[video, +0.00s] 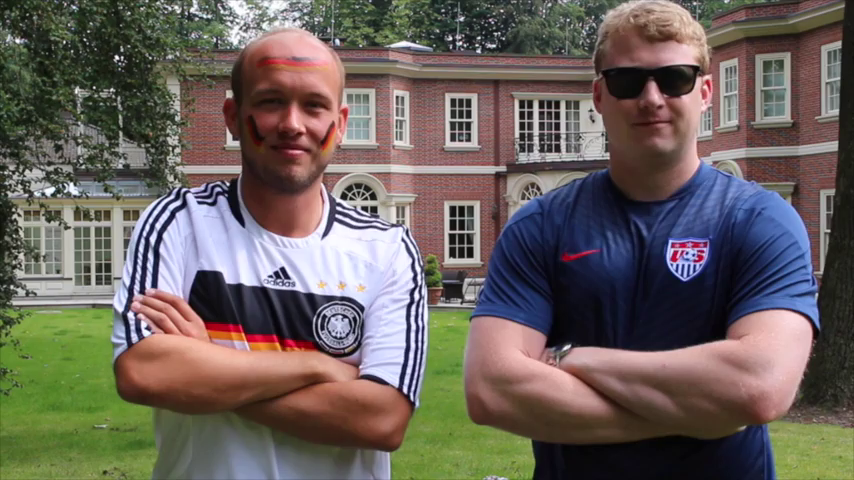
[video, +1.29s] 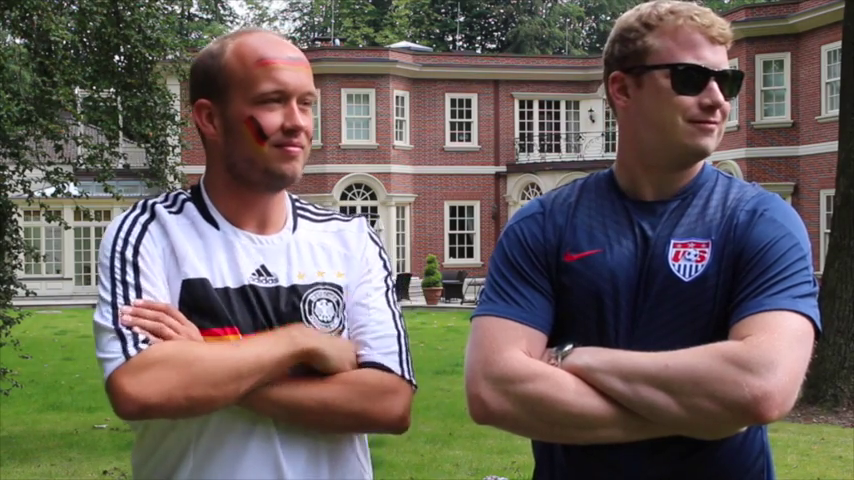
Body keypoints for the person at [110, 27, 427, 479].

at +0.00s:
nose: (293, 125)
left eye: (315, 105)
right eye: (271, 102)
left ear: (339, 124)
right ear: (233, 117)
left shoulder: (388, 249)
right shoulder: (175, 220)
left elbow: (384, 422)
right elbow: (139, 373)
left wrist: (211, 372)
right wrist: (318, 366)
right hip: (200, 473)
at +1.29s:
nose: (297, 122)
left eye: (306, 103)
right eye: (271, 101)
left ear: (314, 112)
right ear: (208, 119)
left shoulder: (350, 240)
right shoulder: (143, 232)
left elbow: (389, 404)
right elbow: (134, 389)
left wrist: (213, 370)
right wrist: (299, 340)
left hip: (332, 473)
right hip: (192, 473)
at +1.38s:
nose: (294, 115)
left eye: (301, 98)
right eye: (269, 95)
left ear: (309, 109)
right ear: (204, 117)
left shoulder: (348, 240)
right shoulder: (140, 232)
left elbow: (403, 406)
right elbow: (125, 388)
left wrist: (248, 361)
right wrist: (289, 304)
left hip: (330, 474)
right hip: (191, 472)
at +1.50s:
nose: (288, 122)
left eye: (295, 103)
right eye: (263, 100)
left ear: (304, 110)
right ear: (197, 119)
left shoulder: (339, 242)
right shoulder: (136, 239)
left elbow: (405, 411)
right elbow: (169, 407)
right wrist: (342, 322)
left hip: (323, 475)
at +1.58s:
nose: (284, 132)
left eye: (290, 111)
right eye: (259, 111)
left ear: (298, 119)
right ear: (191, 128)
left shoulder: (329, 243)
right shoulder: (141, 256)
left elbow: (366, 383)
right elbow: (230, 414)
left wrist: (386, 421)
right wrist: (412, 404)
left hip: (316, 470)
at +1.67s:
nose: (283, 150)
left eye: (287, 129)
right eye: (256, 131)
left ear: (295, 132)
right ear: (188, 152)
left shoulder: (316, 252)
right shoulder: (158, 284)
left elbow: (362, 403)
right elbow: (299, 425)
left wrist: (459, 458)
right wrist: (495, 458)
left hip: (318, 472)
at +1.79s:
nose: (291, 180)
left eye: (296, 158)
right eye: (265, 159)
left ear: (303, 161)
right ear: (196, 176)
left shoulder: (299, 268)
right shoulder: (163, 308)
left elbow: (348, 416)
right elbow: (304, 450)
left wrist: (447, 475)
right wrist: (517, 461)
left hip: (262, 466)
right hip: (148, 467)